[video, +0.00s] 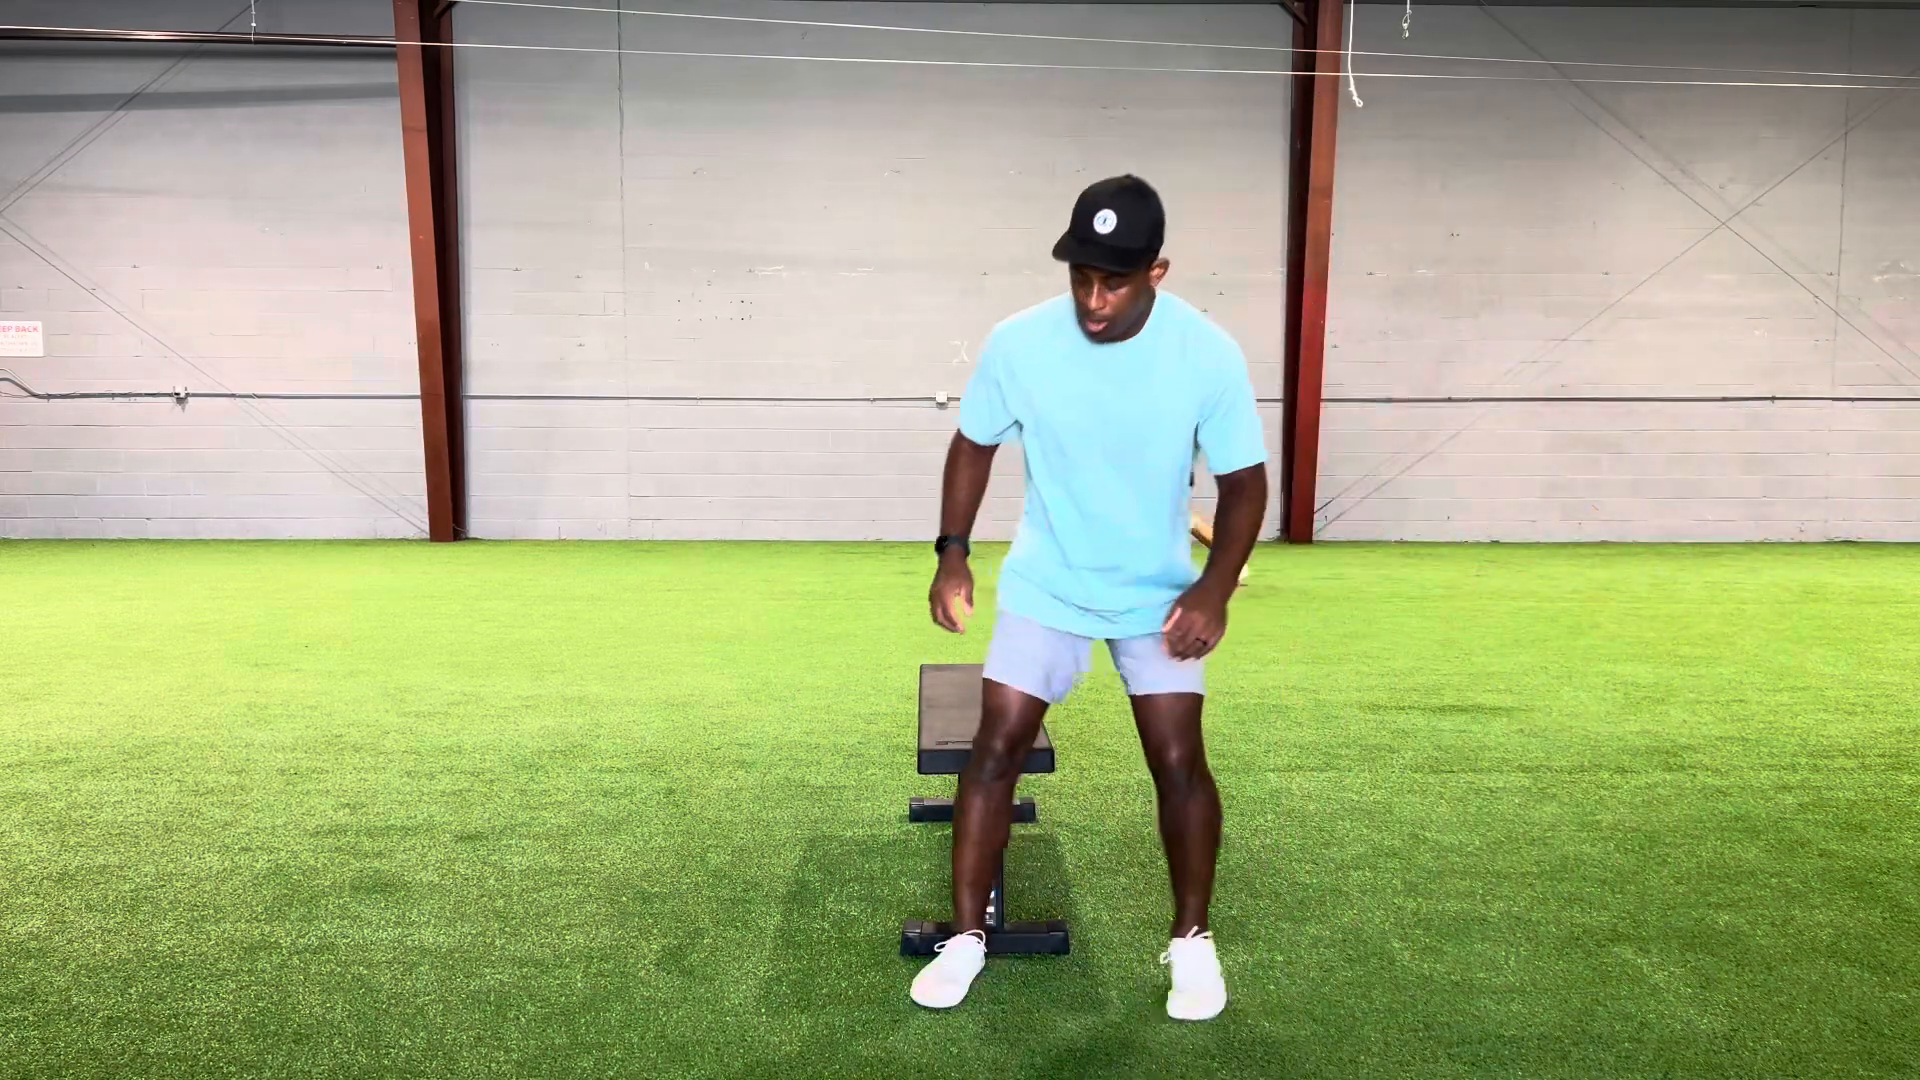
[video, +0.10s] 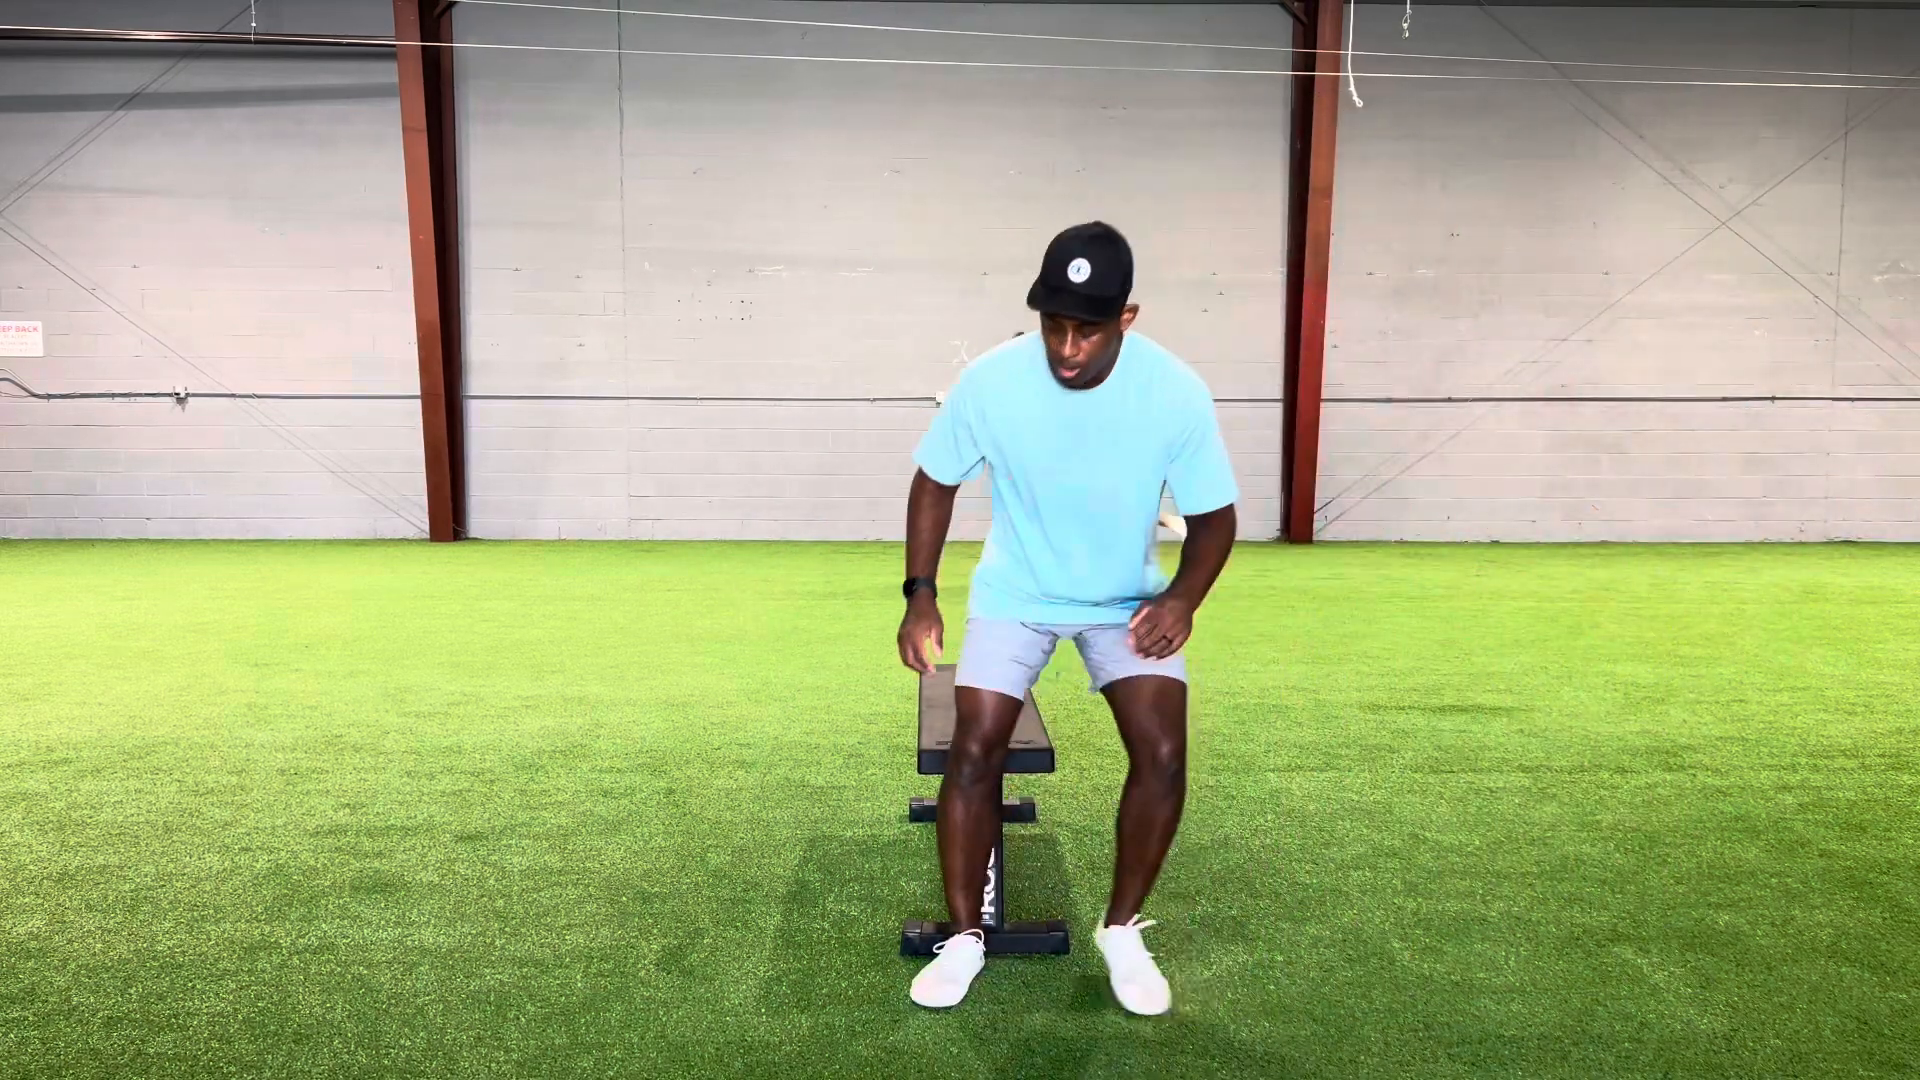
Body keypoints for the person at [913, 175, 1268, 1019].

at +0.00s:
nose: (1096, 297)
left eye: (1117, 280)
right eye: (1084, 275)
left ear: (1156, 273)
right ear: (1067, 262)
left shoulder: (1206, 356)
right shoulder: (1021, 343)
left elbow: (1246, 483)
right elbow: (972, 443)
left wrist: (1215, 587)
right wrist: (952, 550)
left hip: (1158, 590)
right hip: (1045, 581)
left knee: (1179, 762)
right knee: (998, 743)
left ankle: (1191, 938)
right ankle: (966, 934)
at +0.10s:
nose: (1069, 346)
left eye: (1089, 330)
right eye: (1056, 324)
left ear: (1126, 317)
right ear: (1037, 308)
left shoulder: (1175, 395)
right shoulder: (990, 384)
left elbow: (1216, 518)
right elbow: (932, 482)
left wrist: (1184, 598)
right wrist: (922, 594)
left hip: (1127, 601)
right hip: (1013, 595)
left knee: (1163, 752)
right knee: (974, 749)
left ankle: (1123, 927)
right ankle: (965, 934)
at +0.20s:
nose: (1053, 387)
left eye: (1073, 370)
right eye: (1039, 365)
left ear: (1108, 357)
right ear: (1020, 347)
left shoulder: (1155, 430)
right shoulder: (970, 417)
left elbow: (1200, 547)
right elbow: (916, 512)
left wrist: (1169, 631)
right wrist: (906, 619)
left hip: (1102, 621)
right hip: (993, 610)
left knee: (1126, 772)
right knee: (969, 757)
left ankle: (1086, 938)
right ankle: (965, 935)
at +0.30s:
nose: (1049, 424)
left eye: (1069, 406)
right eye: (1035, 402)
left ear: (1101, 394)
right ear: (1015, 383)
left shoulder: (1144, 467)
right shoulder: (959, 450)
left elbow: (1195, 582)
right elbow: (904, 544)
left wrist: (1167, 665)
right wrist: (897, 644)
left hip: (1084, 644)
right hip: (975, 634)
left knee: (1114, 779)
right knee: (957, 770)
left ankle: (1084, 939)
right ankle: (963, 937)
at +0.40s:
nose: (1046, 445)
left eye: (1065, 427)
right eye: (1032, 423)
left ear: (1094, 416)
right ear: (1011, 405)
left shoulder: (1132, 490)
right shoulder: (953, 470)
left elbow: (1186, 600)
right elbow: (893, 564)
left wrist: (1170, 678)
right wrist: (891, 662)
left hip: (1071, 662)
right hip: (966, 656)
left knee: (1104, 779)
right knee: (954, 777)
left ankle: (1084, 940)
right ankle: (964, 938)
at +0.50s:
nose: (1036, 452)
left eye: (1055, 434)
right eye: (1022, 431)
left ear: (1082, 426)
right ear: (1002, 415)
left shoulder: (1121, 504)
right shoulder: (943, 487)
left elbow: (1174, 610)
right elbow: (886, 582)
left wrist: (1167, 676)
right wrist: (887, 676)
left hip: (1063, 680)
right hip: (958, 673)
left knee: (1101, 782)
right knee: (943, 778)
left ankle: (1083, 940)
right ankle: (963, 939)